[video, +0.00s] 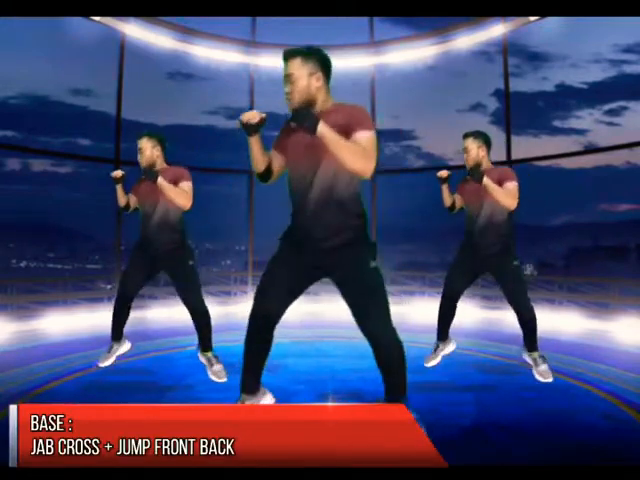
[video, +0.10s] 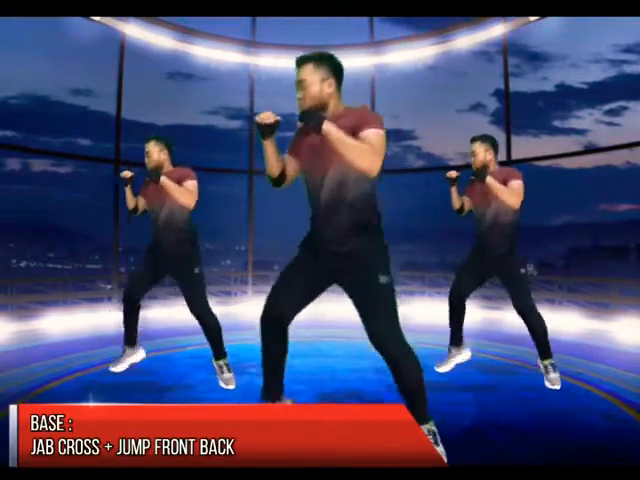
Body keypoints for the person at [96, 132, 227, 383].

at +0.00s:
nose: (140, 155)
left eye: (143, 149)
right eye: (139, 151)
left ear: (158, 150)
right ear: (142, 155)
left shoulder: (179, 174)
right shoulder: (144, 183)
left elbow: (186, 202)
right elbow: (126, 205)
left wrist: (159, 179)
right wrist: (119, 184)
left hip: (175, 249)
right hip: (148, 249)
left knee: (195, 303)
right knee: (125, 293)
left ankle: (207, 352)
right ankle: (117, 342)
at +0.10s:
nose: (148, 157)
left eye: (152, 153)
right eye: (146, 154)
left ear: (166, 154)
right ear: (147, 159)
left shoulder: (184, 175)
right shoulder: (150, 184)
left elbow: (189, 201)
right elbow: (135, 209)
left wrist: (163, 179)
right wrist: (127, 185)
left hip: (184, 252)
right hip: (159, 253)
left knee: (199, 308)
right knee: (131, 294)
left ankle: (221, 361)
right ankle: (131, 348)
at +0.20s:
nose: (154, 167)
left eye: (158, 162)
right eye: (153, 163)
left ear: (172, 162)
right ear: (156, 166)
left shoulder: (192, 184)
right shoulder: (160, 193)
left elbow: (193, 212)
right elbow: (144, 219)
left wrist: (165, 189)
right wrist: (137, 197)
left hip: (193, 261)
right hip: (168, 261)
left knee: (206, 317)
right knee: (140, 304)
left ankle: (223, 366)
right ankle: (137, 355)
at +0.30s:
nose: (158, 169)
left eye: (162, 163)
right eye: (157, 164)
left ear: (176, 164)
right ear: (164, 167)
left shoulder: (197, 186)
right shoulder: (164, 194)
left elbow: (198, 218)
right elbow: (153, 225)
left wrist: (168, 199)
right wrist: (138, 207)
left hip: (198, 264)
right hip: (170, 264)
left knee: (210, 318)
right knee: (141, 304)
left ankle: (223, 366)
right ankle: (137, 355)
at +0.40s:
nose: (163, 164)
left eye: (167, 159)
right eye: (162, 161)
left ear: (182, 161)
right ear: (165, 164)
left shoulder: (201, 184)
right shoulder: (167, 193)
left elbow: (207, 214)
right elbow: (154, 222)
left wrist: (178, 190)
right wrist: (142, 204)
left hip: (199, 263)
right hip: (170, 262)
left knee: (211, 318)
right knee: (143, 305)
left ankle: (223, 366)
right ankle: (137, 354)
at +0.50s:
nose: (168, 161)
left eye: (171, 156)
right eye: (166, 157)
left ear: (186, 158)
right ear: (164, 161)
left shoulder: (203, 184)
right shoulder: (160, 188)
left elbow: (216, 208)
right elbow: (141, 207)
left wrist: (192, 184)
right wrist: (130, 193)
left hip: (197, 262)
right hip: (167, 261)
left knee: (213, 316)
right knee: (141, 305)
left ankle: (223, 365)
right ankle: (137, 355)